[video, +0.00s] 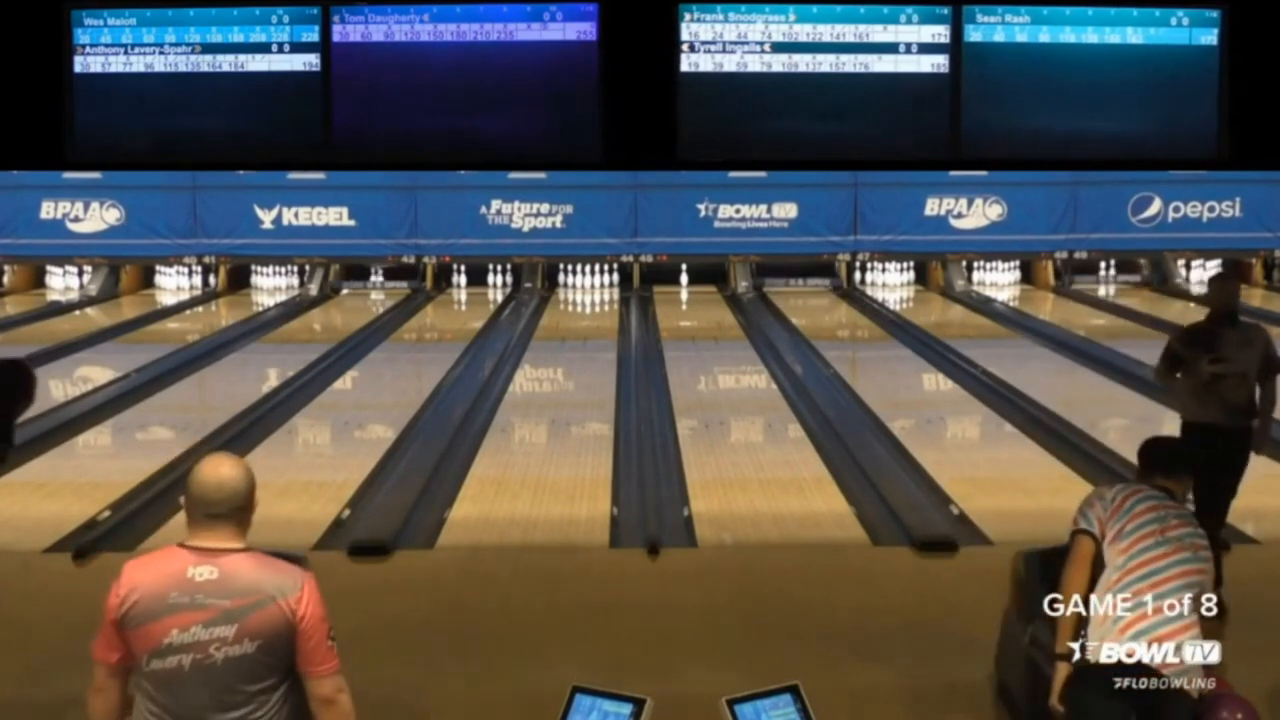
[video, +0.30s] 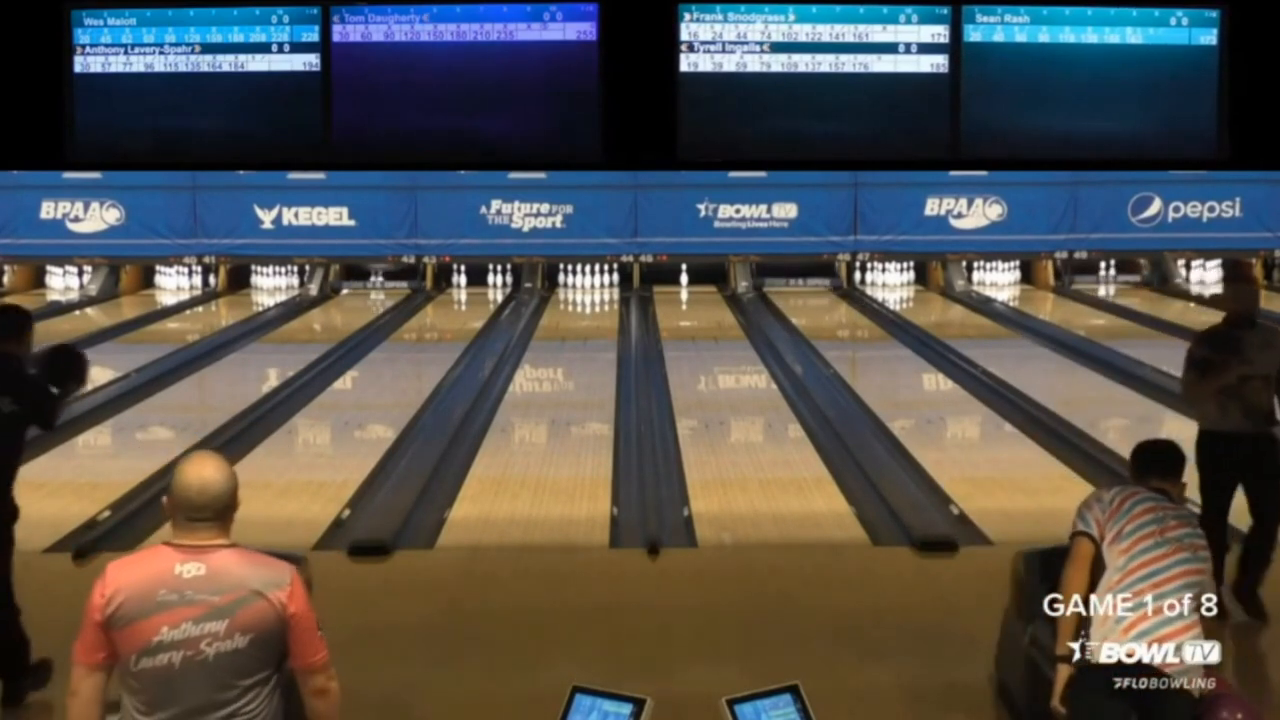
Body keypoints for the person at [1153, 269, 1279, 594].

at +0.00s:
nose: (1226, 297)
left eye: (1231, 291)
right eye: (1220, 290)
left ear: (1239, 294)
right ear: (1209, 294)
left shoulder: (1256, 339)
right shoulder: (1189, 336)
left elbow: (1268, 383)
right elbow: (1162, 374)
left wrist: (1264, 425)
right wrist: (1187, 392)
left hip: (1238, 430)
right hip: (1198, 429)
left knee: (1221, 498)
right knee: (1205, 499)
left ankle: (1209, 550)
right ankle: (1209, 565)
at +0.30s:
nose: (1244, 298)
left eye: (1248, 290)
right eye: (1237, 290)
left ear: (1258, 293)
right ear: (1225, 294)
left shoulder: (1270, 340)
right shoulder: (1206, 343)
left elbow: (1274, 389)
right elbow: (1191, 395)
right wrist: (1228, 379)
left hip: (1261, 441)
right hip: (1216, 441)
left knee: (1268, 518)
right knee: (1213, 519)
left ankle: (1246, 587)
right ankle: (1211, 590)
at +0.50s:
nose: (1268, 312)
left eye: (1268, 303)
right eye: (1267, 303)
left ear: (1263, 308)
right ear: (1264, 307)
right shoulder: (1243, 351)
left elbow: (1221, 404)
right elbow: (1222, 405)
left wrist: (1242, 425)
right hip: (1252, 453)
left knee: (1227, 528)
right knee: (1227, 529)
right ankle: (1213, 597)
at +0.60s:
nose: (1271, 310)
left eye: (1271, 302)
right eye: (1272, 301)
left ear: (1270, 307)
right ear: (1272, 306)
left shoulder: (1253, 349)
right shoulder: (1257, 350)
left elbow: (1231, 408)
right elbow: (1233, 409)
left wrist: (1258, 425)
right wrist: (1263, 425)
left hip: (1257, 454)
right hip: (1261, 454)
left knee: (1245, 530)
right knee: (1246, 530)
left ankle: (1218, 597)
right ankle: (1218, 597)